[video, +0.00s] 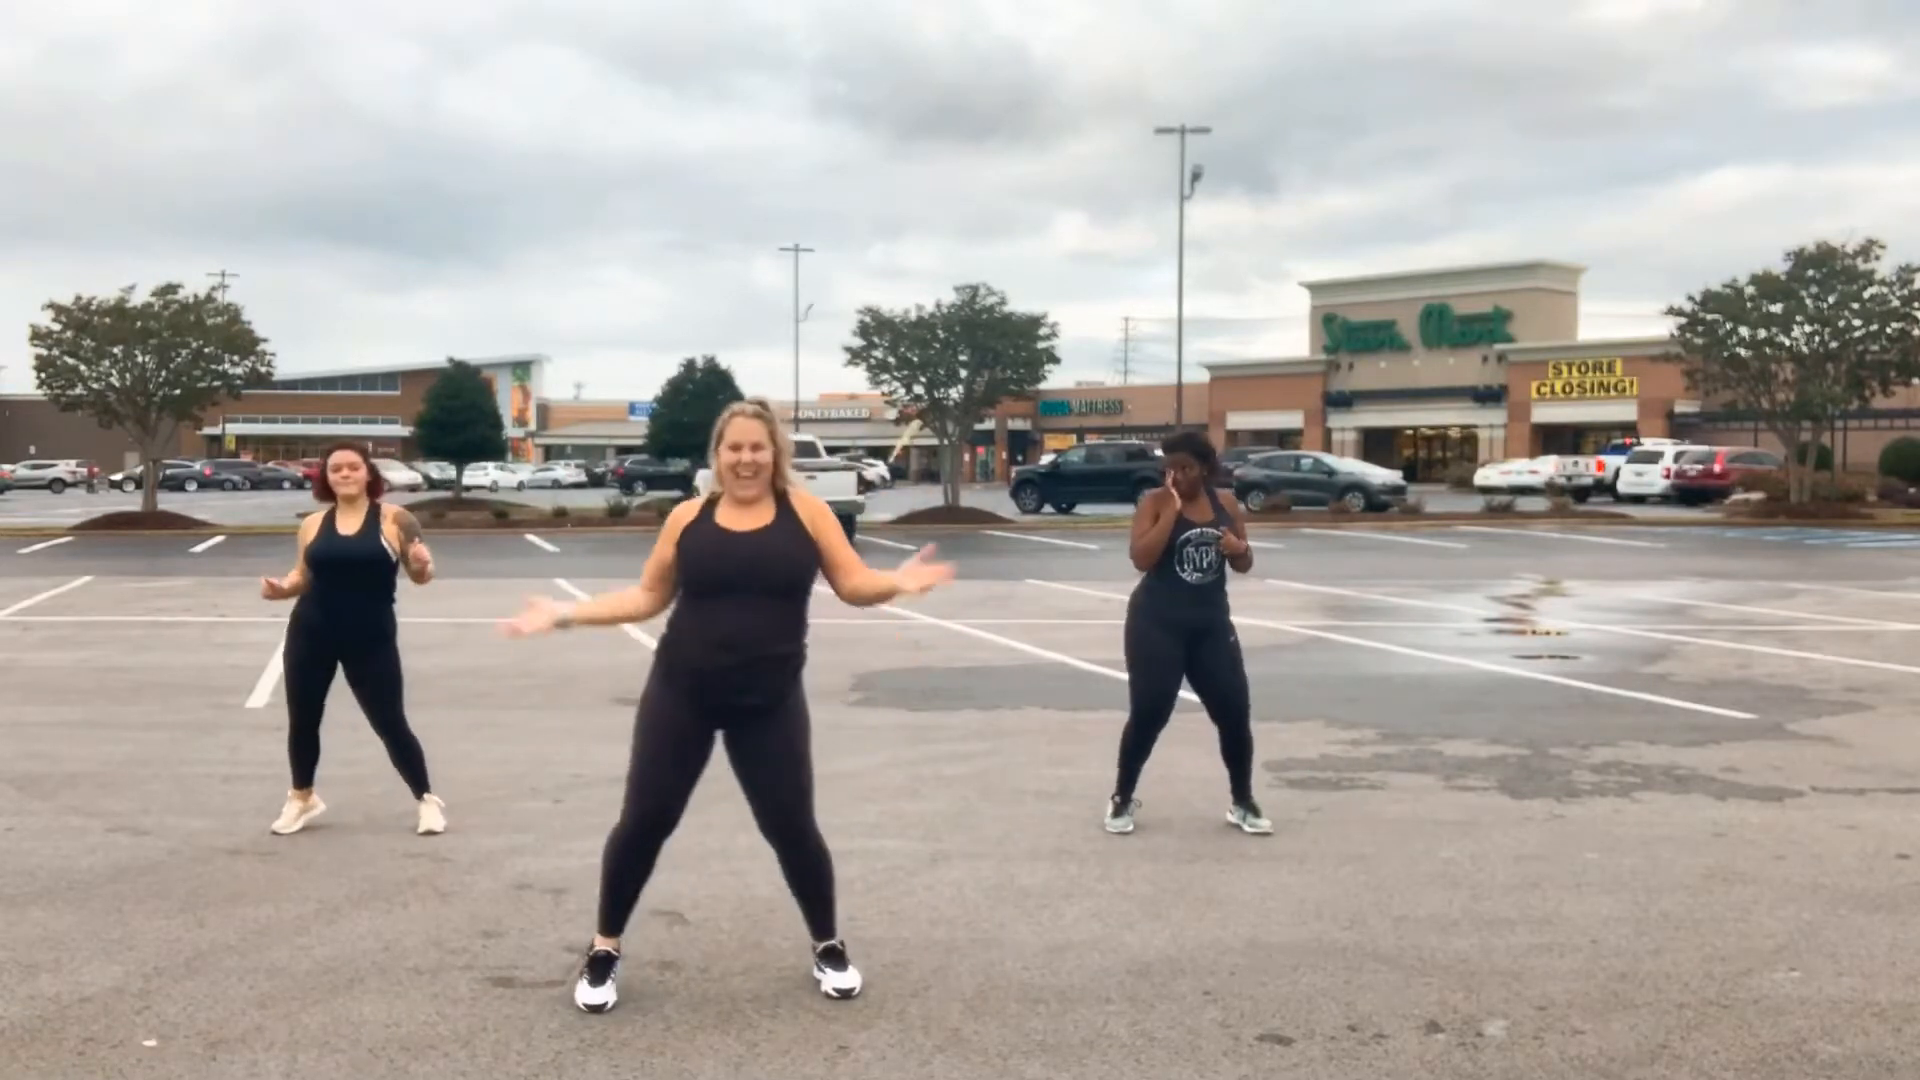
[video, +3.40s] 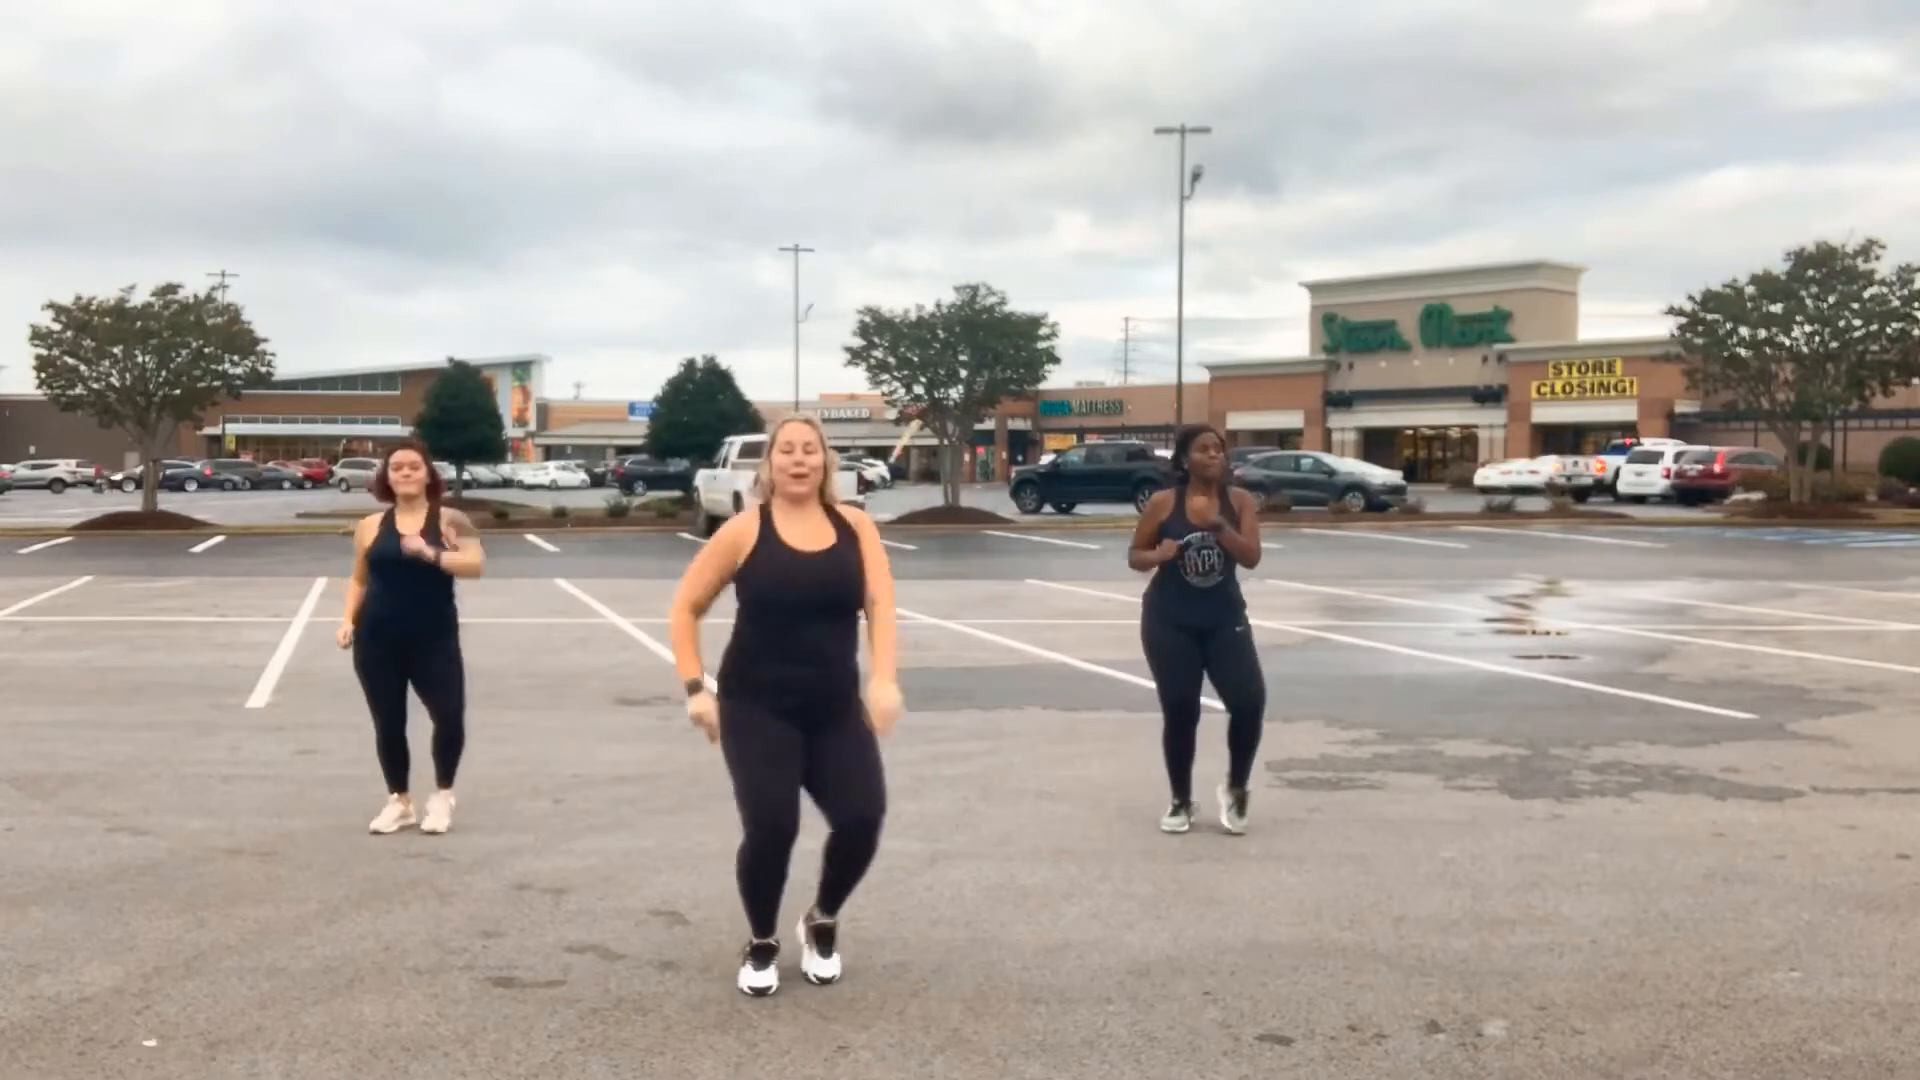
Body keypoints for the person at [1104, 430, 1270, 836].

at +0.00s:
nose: (1175, 476)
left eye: (1183, 469)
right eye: (1170, 469)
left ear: (1204, 468)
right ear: (1164, 469)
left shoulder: (1224, 502)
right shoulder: (1153, 502)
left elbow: (1243, 564)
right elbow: (1141, 558)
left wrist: (1237, 549)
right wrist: (1170, 512)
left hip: (1210, 626)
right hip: (1156, 626)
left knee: (1235, 715)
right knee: (1148, 715)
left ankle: (1242, 802)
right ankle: (1122, 799)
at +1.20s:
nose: (1220, 479)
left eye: (1227, 472)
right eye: (1213, 471)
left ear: (1235, 473)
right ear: (1192, 469)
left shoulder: (1245, 502)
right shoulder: (1168, 501)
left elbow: (1266, 548)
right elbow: (1142, 561)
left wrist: (1242, 500)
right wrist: (1175, 524)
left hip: (1239, 618)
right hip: (1183, 620)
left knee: (1266, 707)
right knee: (1178, 711)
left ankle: (1289, 794)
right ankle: (1171, 803)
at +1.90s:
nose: (1222, 466)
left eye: (1229, 459)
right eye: (1214, 458)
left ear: (1236, 464)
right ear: (1193, 459)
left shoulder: (1242, 501)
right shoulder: (1170, 502)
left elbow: (1255, 557)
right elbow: (1168, 562)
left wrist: (1266, 541)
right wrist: (1212, 532)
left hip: (1235, 619)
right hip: (1181, 622)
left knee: (1253, 705)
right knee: (1188, 710)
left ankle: (1250, 794)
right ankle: (1179, 803)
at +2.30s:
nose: (1223, 459)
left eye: (1227, 452)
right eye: (1213, 455)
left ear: (1237, 458)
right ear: (1196, 465)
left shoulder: (1248, 507)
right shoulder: (1179, 503)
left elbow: (1256, 571)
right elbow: (1150, 563)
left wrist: (1269, 567)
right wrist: (1203, 577)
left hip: (1220, 623)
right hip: (1167, 619)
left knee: (1222, 712)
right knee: (1173, 702)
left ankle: (1214, 804)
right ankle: (1140, 790)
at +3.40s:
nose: (1214, 456)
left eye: (1218, 450)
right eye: (1204, 451)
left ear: (1226, 457)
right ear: (1185, 459)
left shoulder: (1239, 500)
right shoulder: (1163, 503)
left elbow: (1251, 557)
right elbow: (1135, 558)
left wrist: (1218, 527)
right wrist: (1158, 555)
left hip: (1224, 621)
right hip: (1169, 623)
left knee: (1249, 702)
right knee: (1181, 710)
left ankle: (1237, 788)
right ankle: (1180, 802)